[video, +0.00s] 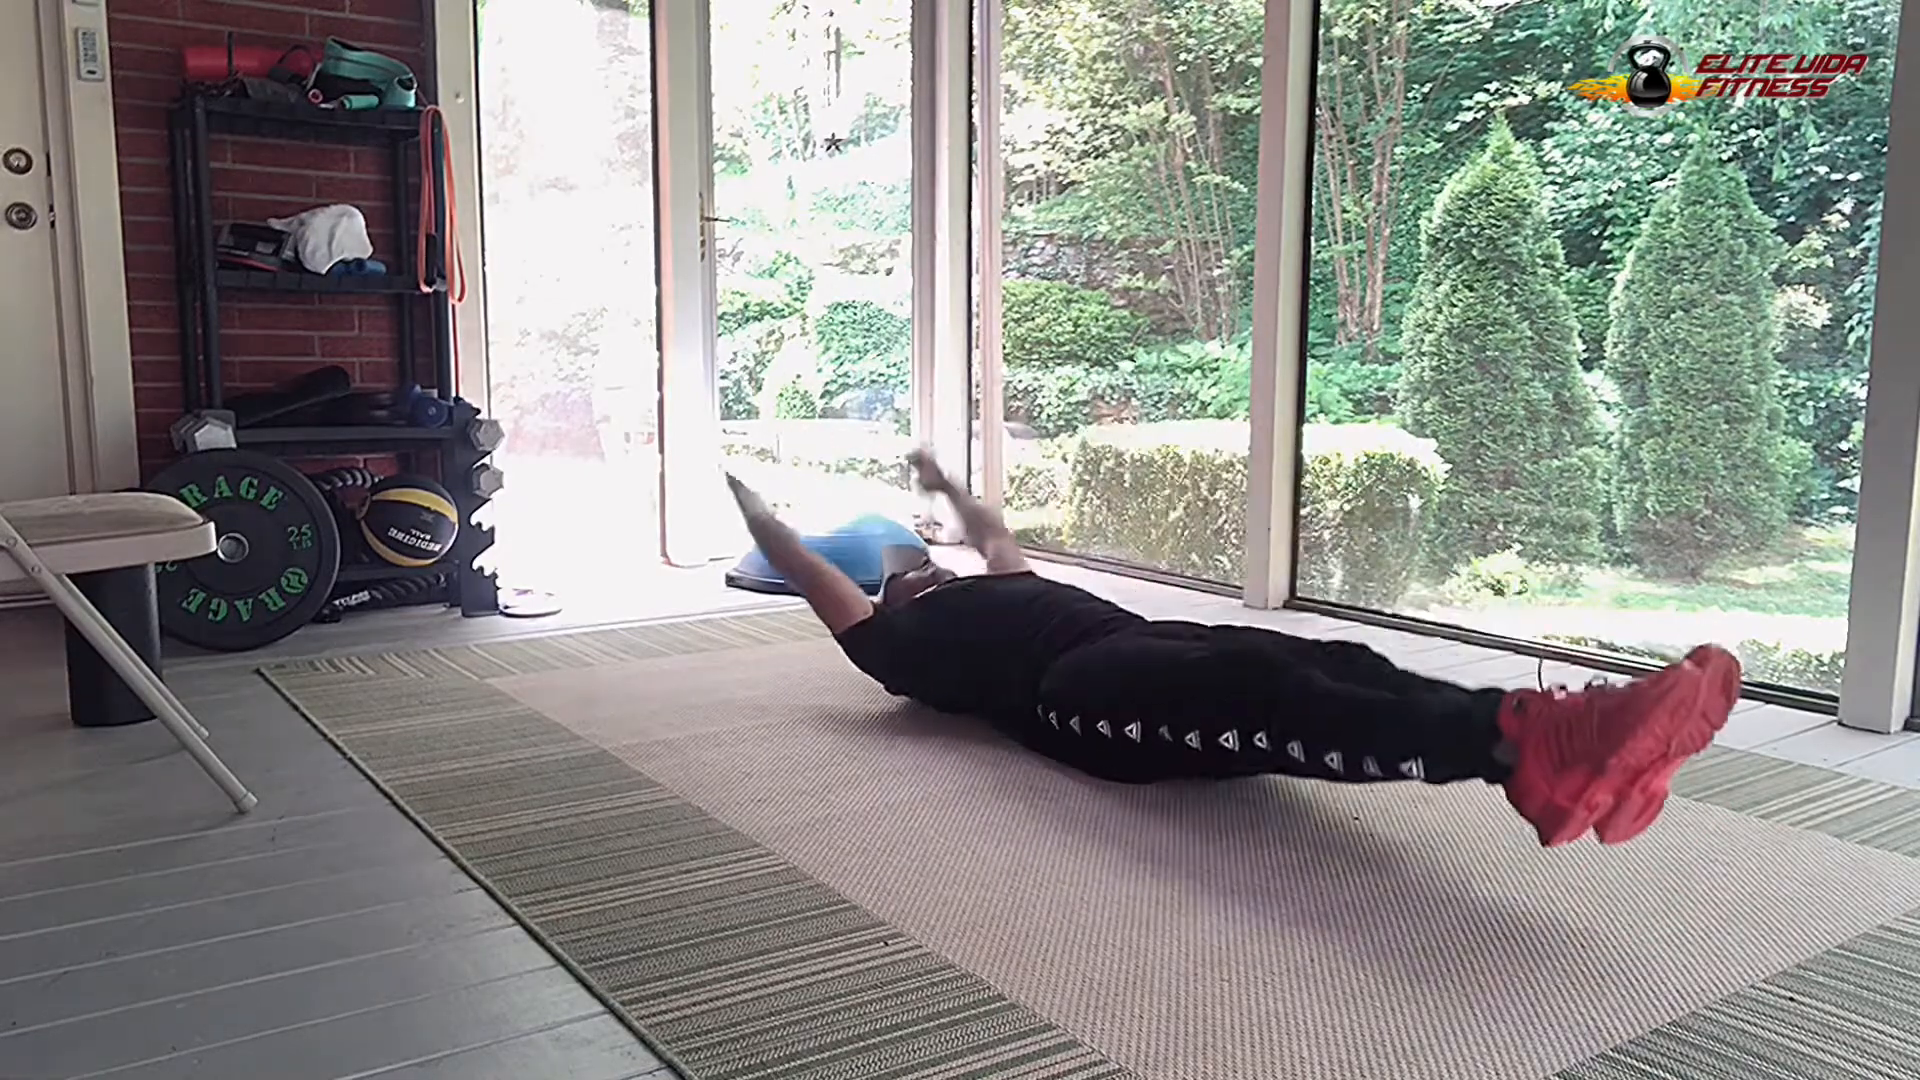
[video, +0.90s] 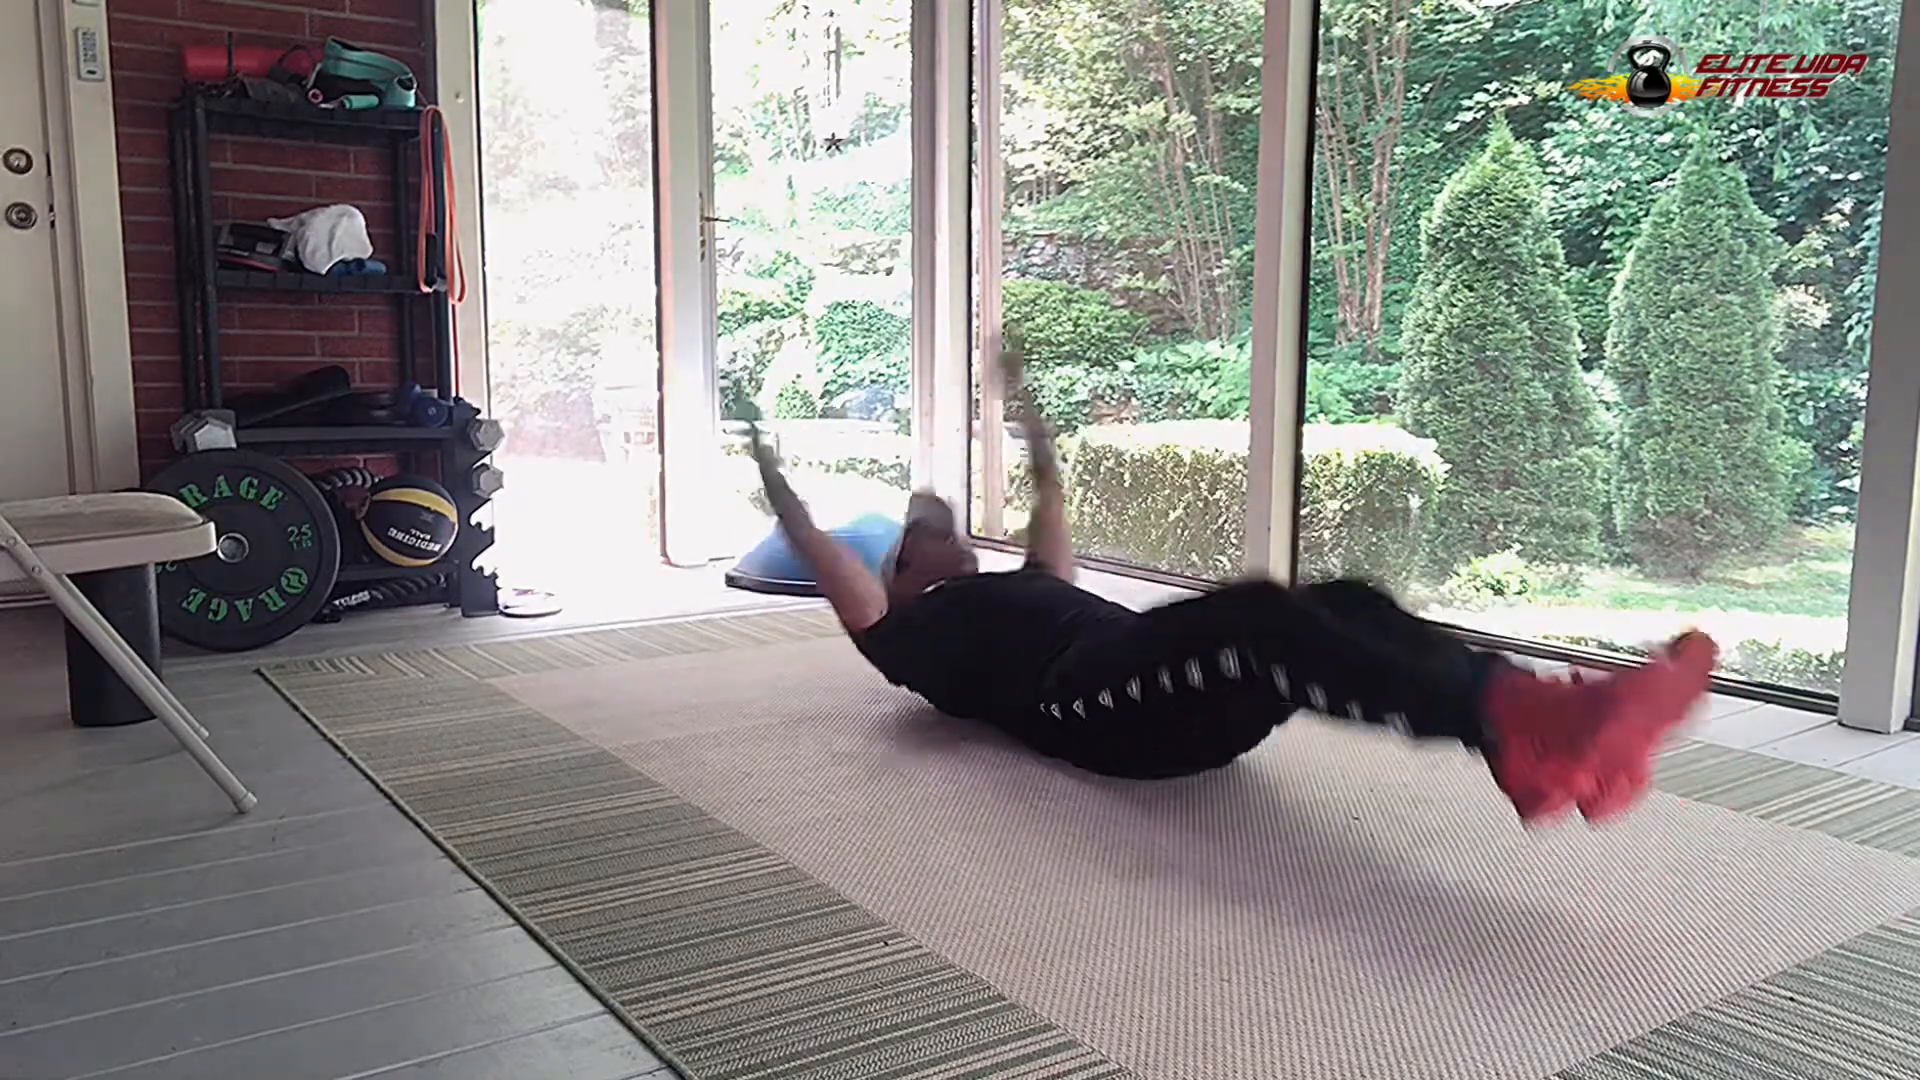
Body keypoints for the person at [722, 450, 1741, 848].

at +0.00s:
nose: (901, 559)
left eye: (911, 552)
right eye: (881, 564)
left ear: (940, 562)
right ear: (865, 591)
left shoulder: (998, 585)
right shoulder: (881, 628)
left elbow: (995, 530)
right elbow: (800, 570)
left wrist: (939, 491)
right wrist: (755, 510)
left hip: (1146, 635)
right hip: (1070, 684)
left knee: (1327, 658)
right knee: (1266, 686)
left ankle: (1566, 765)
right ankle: (1543, 742)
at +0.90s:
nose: (944, 536)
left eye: (948, 528)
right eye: (922, 533)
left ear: (970, 549)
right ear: (892, 569)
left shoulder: (1020, 588)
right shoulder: (904, 632)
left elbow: (1053, 539)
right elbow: (825, 559)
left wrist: (1037, 441)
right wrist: (774, 478)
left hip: (1158, 672)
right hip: (1092, 703)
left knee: (1339, 599)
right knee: (1271, 617)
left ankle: (1556, 736)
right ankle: (1523, 727)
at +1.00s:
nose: (969, 508)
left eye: (973, 500)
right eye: (947, 507)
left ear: (989, 524)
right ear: (912, 543)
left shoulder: (1044, 572)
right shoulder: (922, 613)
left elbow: (1099, 483)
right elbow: (872, 565)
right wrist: (831, 454)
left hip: (1170, 691)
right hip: (1106, 709)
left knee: (1302, 533)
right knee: (1232, 550)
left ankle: (1495, 648)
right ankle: (1472, 648)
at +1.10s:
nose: (996, 499)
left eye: (1000, 489)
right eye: (975, 493)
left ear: (1012, 506)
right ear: (932, 523)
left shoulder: (1073, 554)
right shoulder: (934, 605)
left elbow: (1155, 471)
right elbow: (896, 514)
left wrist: (1212, 351)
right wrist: (902, 447)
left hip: (1192, 697)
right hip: (1109, 706)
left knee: (1258, 478)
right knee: (1170, 495)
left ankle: (1415, 587)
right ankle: (1401, 577)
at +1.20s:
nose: (1025, 489)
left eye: (1029, 475)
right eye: (1005, 477)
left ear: (1033, 495)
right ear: (962, 496)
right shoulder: (937, 598)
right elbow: (953, 523)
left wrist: (1283, 398)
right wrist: (985, 438)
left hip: (1191, 698)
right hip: (1095, 701)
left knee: (1203, 441)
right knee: (1125, 452)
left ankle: (1357, 538)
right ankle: (1312, 557)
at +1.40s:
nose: (1043, 505)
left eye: (1039, 490)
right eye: (1025, 489)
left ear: (1050, 489)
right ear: (974, 504)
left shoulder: (1072, 535)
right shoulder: (938, 578)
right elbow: (996, 585)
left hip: (1191, 696)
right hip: (1090, 712)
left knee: (1139, 440)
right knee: (1076, 446)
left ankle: (1256, 552)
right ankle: (1237, 568)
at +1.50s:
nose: (1042, 504)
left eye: (1037, 489)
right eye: (1023, 490)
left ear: (1048, 490)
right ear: (971, 506)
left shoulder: (1066, 541)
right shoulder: (938, 583)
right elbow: (1001, 585)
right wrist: (1107, 539)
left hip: (1188, 698)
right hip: (1087, 712)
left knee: (1146, 439)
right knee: (1076, 446)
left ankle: (1274, 547)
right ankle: (1234, 567)